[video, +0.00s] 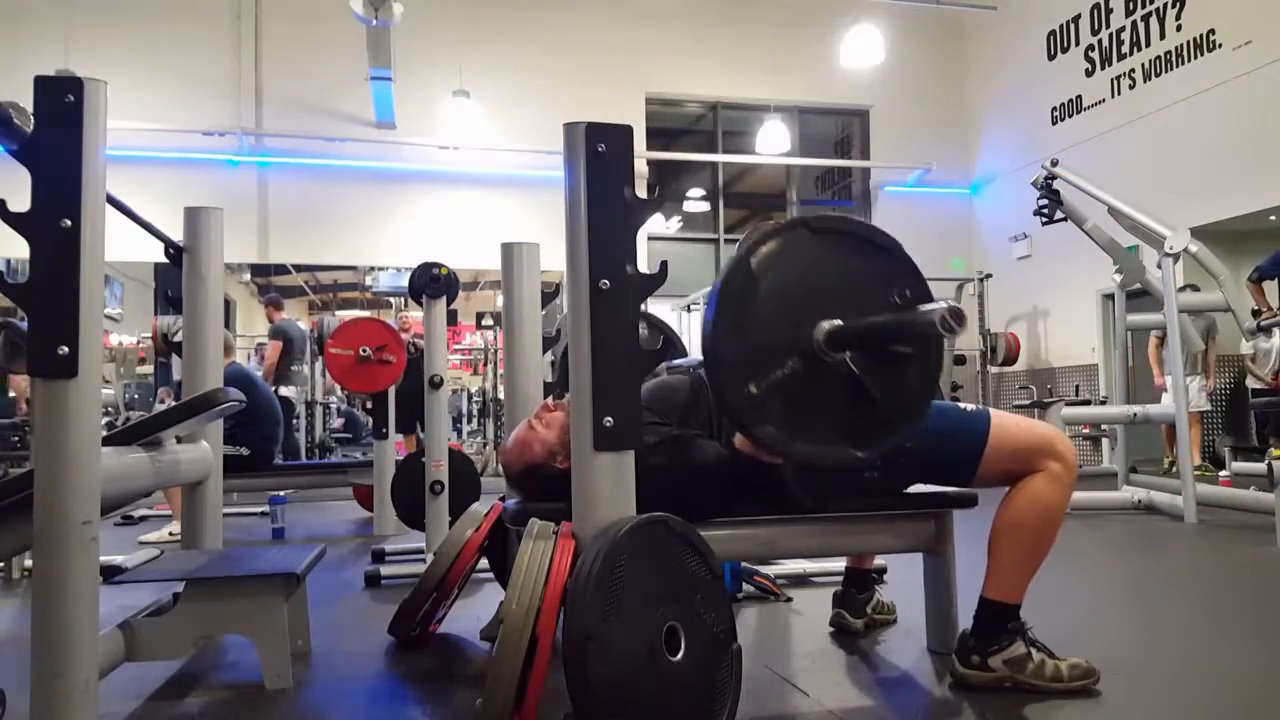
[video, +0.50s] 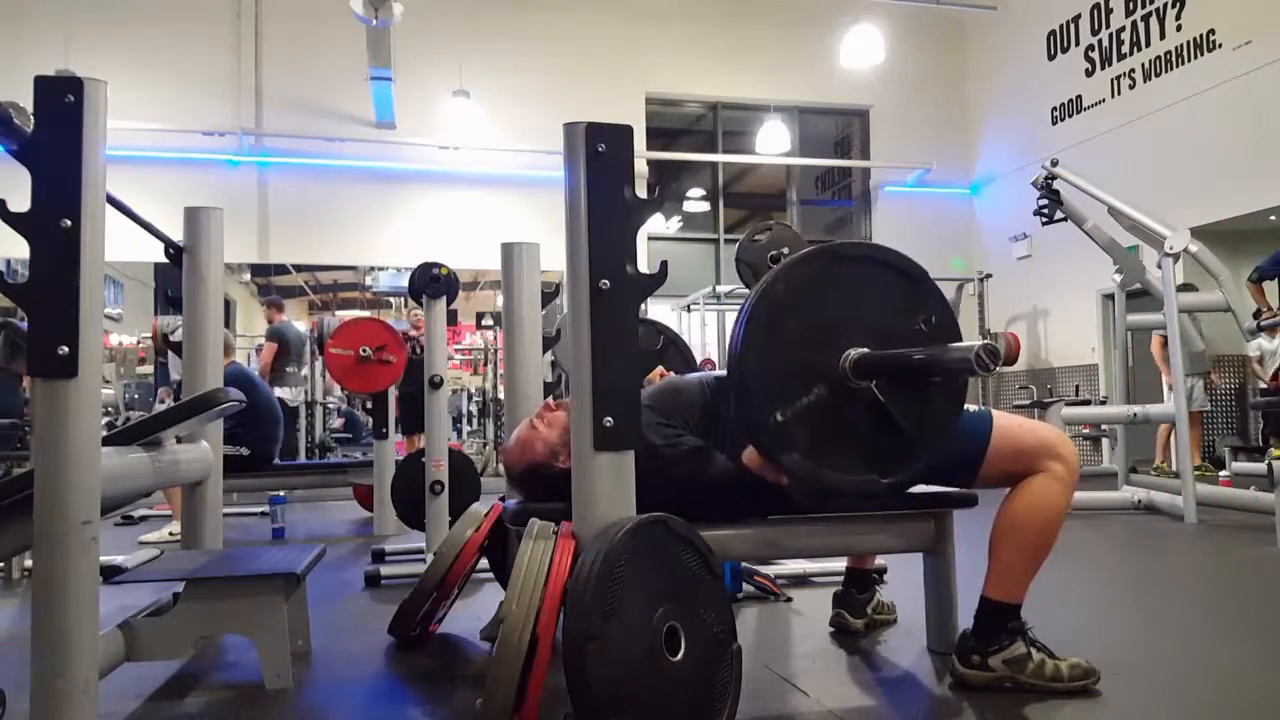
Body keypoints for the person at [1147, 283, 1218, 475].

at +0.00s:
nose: (1190, 303)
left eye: (1194, 299)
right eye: (1186, 299)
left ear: (1200, 300)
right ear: (1178, 300)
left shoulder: (1207, 320)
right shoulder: (1168, 317)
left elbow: (1211, 349)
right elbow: (1153, 345)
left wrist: (1211, 376)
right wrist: (1157, 374)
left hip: (1196, 375)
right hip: (1172, 376)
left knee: (1195, 418)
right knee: (1168, 419)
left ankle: (1197, 461)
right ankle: (1169, 456)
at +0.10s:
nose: (1192, 303)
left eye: (1196, 298)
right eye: (1187, 298)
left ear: (1201, 300)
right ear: (1180, 299)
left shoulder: (1209, 320)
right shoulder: (1169, 317)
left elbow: (1213, 348)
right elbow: (1154, 345)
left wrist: (1214, 374)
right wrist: (1158, 373)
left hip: (1198, 376)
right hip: (1174, 376)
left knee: (1196, 419)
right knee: (1169, 419)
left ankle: (1196, 460)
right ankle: (1169, 455)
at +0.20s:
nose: (1194, 302)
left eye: (1197, 297)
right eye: (1190, 298)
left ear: (1202, 299)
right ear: (1181, 299)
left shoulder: (1209, 320)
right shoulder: (1170, 317)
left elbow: (1212, 346)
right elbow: (1155, 344)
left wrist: (1216, 371)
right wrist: (1159, 373)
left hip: (1199, 375)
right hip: (1176, 375)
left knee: (1196, 418)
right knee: (1169, 418)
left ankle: (1197, 461)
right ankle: (1166, 458)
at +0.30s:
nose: (1195, 303)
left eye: (1198, 298)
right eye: (1191, 298)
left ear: (1201, 300)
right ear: (1181, 299)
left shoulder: (1204, 320)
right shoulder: (1169, 318)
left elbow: (1210, 345)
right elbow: (1155, 345)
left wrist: (1216, 369)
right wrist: (1162, 374)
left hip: (1200, 375)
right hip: (1177, 375)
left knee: (1196, 418)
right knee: (1170, 418)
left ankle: (1197, 461)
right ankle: (1164, 459)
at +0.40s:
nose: (1196, 303)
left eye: (1198, 298)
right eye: (1192, 299)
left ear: (1200, 300)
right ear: (1182, 299)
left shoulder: (1201, 319)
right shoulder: (1168, 317)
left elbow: (1207, 347)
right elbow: (1156, 346)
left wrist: (1214, 369)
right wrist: (1165, 372)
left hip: (1199, 374)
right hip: (1177, 375)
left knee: (1196, 417)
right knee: (1169, 418)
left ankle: (1197, 461)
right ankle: (1161, 460)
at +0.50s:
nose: (1193, 302)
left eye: (1194, 298)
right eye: (1189, 297)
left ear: (1196, 299)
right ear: (1179, 298)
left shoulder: (1195, 320)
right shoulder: (1167, 317)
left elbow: (1201, 348)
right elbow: (1156, 346)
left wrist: (1210, 371)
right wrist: (1166, 372)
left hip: (1197, 375)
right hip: (1177, 375)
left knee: (1196, 418)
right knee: (1170, 419)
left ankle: (1197, 461)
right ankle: (1160, 461)